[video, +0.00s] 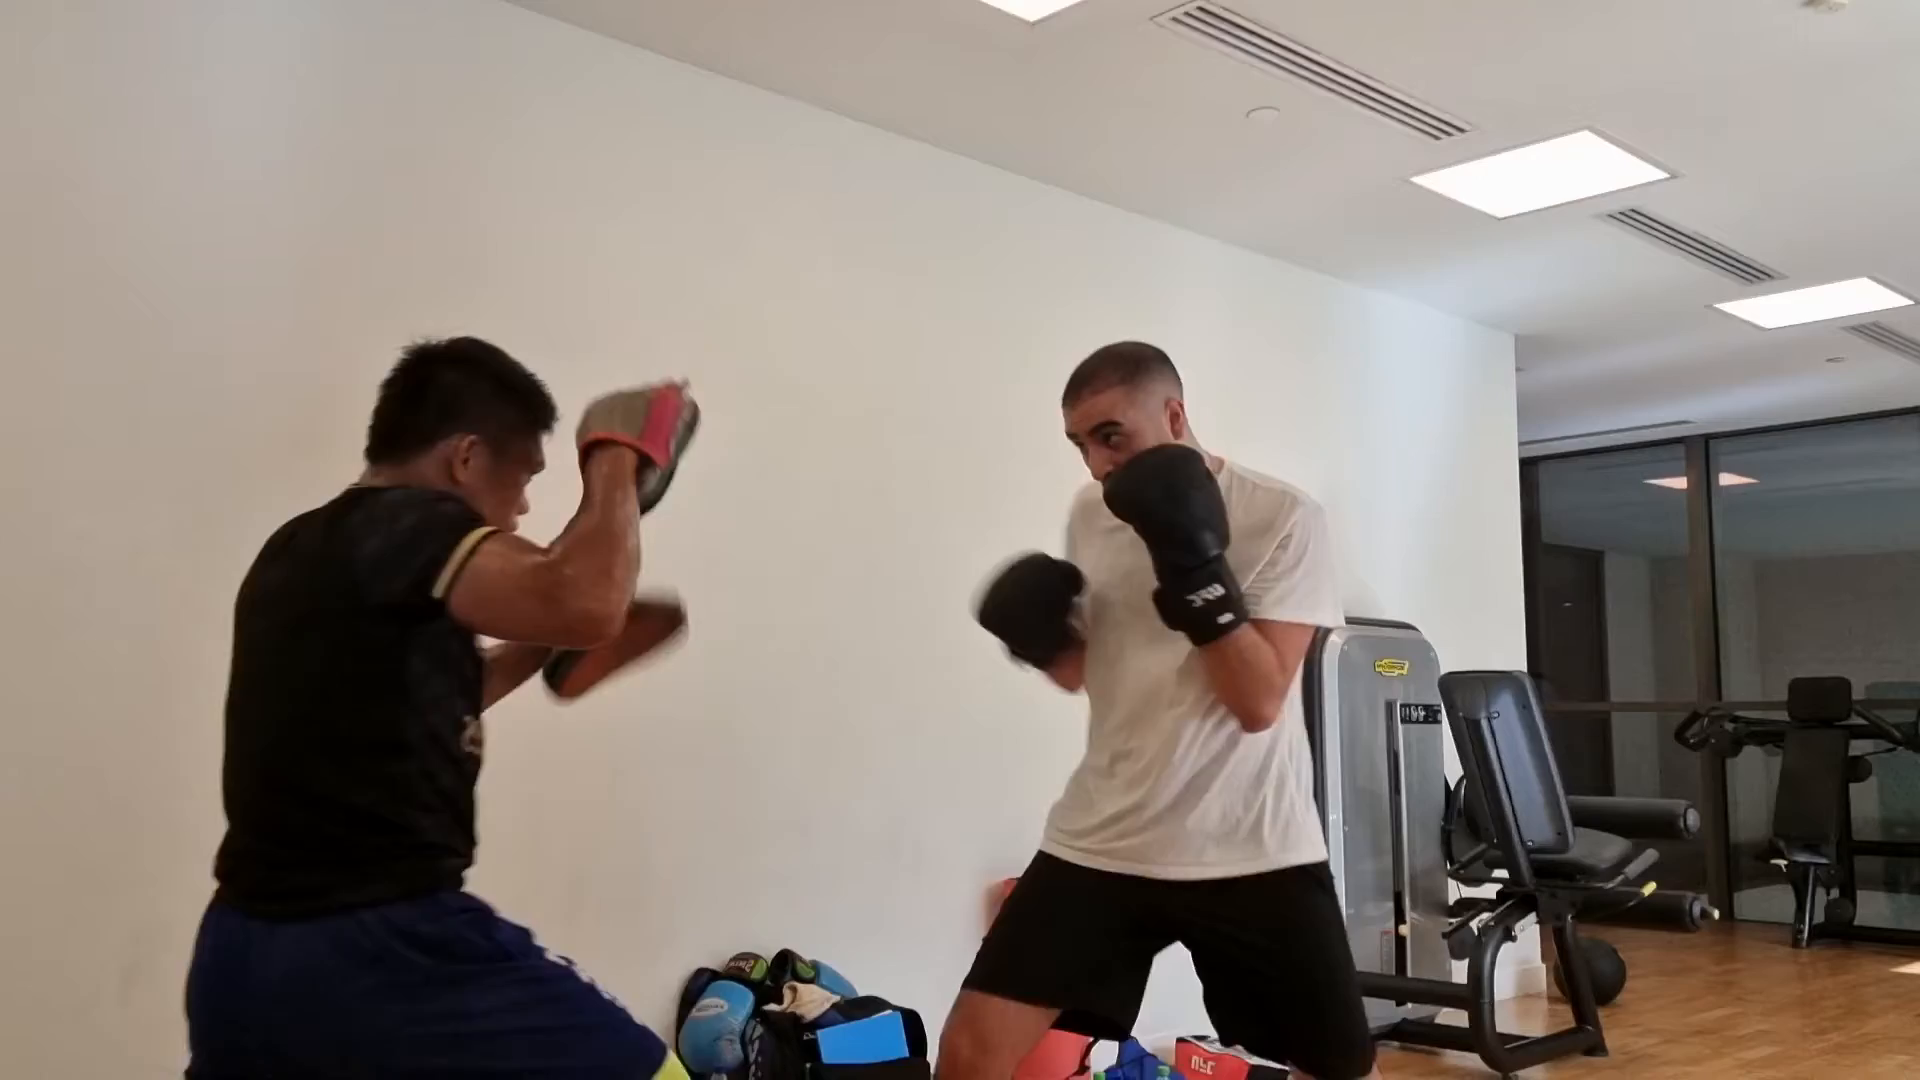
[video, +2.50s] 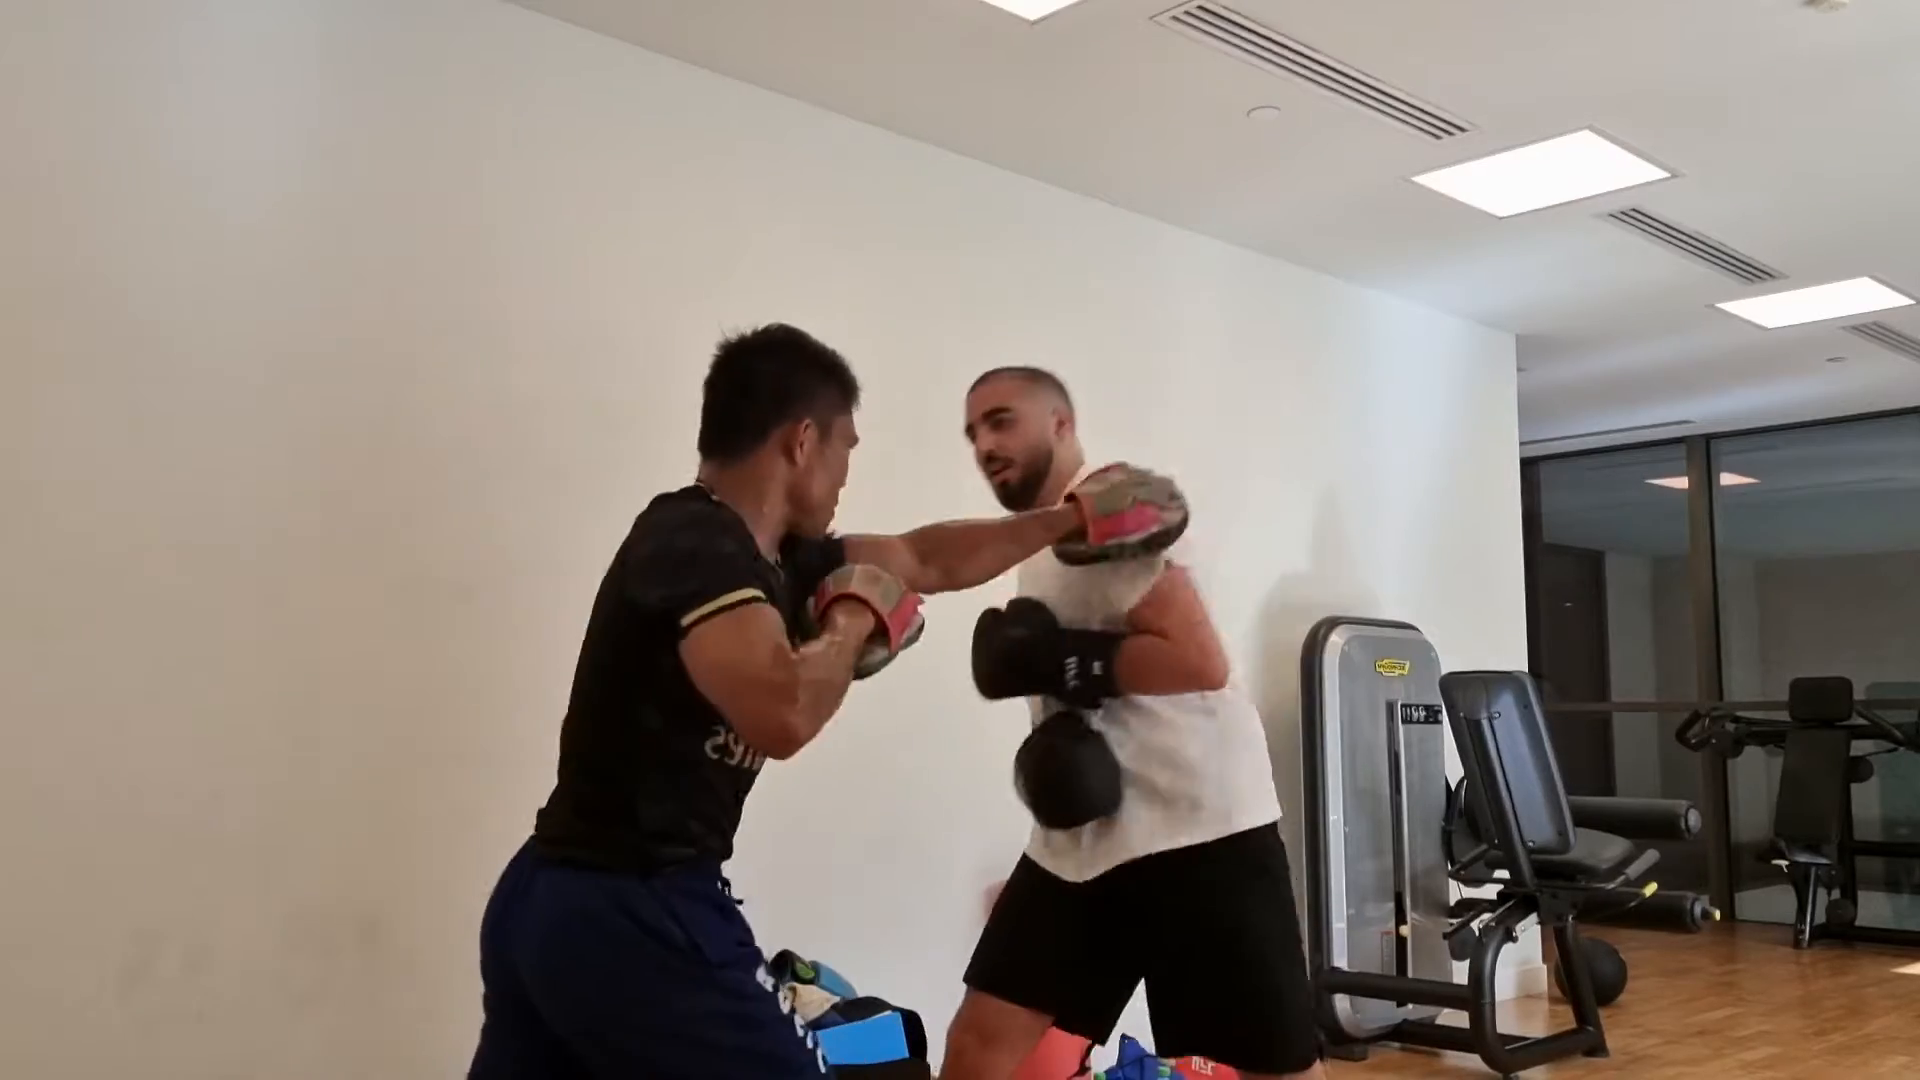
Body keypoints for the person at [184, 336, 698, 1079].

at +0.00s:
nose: (522, 510)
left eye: (528, 485)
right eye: (521, 480)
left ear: (385, 452)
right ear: (463, 459)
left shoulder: (289, 551)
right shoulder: (405, 524)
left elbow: (429, 695)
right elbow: (586, 603)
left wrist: (551, 632)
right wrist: (614, 457)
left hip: (245, 957)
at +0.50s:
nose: (714, 482)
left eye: (721, 465)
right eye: (716, 462)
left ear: (585, 433)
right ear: (677, 440)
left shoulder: (464, 551)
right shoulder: (677, 510)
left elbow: (416, 736)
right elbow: (839, 604)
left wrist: (551, 707)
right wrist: (989, 502)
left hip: (456, 926)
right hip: (630, 928)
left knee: (401, 1069)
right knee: (765, 1060)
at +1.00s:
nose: (710, 522)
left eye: (715, 506)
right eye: (712, 502)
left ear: (584, 470)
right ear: (676, 480)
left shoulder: (447, 568)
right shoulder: (689, 549)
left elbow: (363, 759)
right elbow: (858, 641)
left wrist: (493, 720)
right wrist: (868, 497)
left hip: (428, 950)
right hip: (613, 958)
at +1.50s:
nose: (660, 489)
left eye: (666, 466)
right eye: (664, 461)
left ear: (538, 432)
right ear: (625, 440)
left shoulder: (427, 539)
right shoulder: (593, 515)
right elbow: (707, 620)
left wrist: (639, 542)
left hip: (416, 923)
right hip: (568, 922)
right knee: (701, 1064)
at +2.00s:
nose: (784, 468)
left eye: (790, 447)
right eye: (786, 444)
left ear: (662, 425)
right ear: (748, 432)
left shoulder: (567, 541)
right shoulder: (748, 521)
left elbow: (660, 673)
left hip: (537, 908)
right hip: (690, 915)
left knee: (488, 1068)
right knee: (836, 1063)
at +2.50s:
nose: (848, 471)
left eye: (852, 450)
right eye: (847, 447)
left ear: (773, 442)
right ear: (798, 443)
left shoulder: (769, 552)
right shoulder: (700, 542)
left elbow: (919, 558)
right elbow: (781, 719)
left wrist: (1059, 522)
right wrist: (863, 601)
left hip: (563, 906)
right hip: (641, 917)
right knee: (788, 1065)